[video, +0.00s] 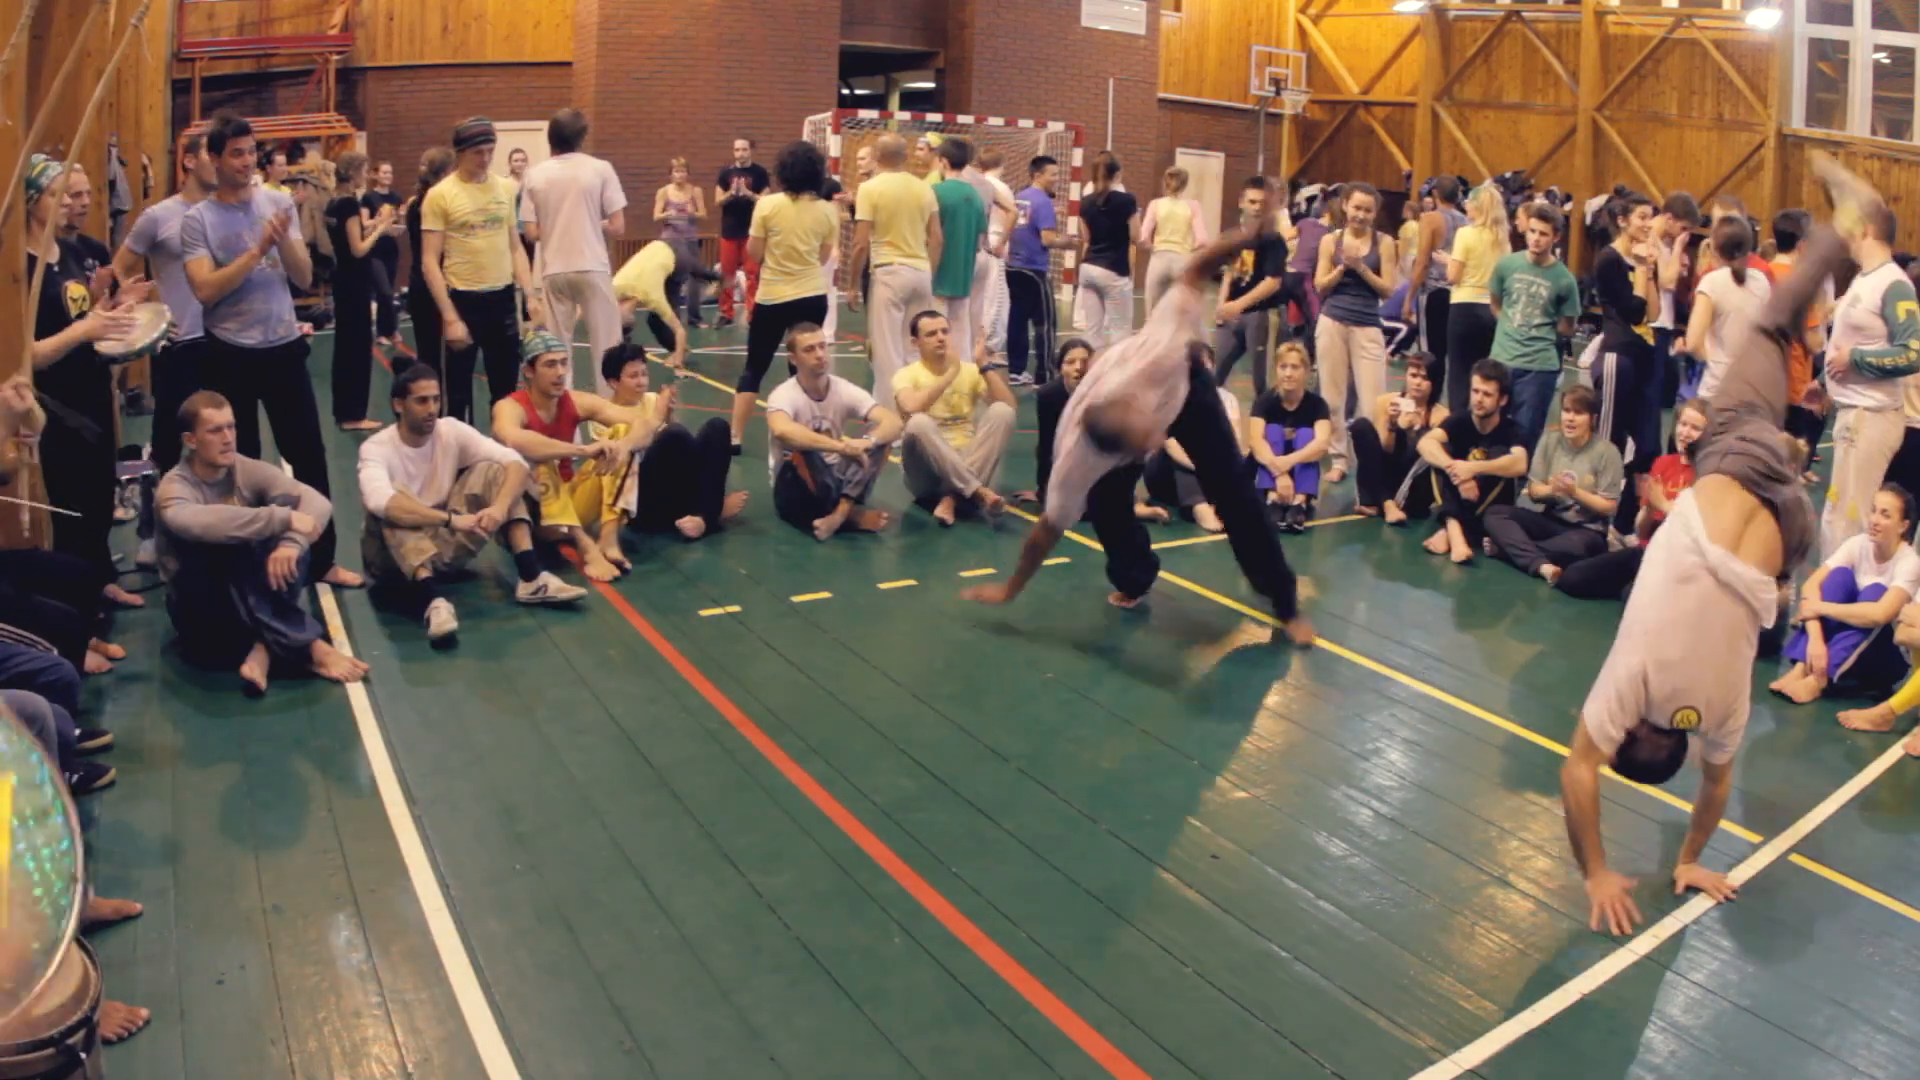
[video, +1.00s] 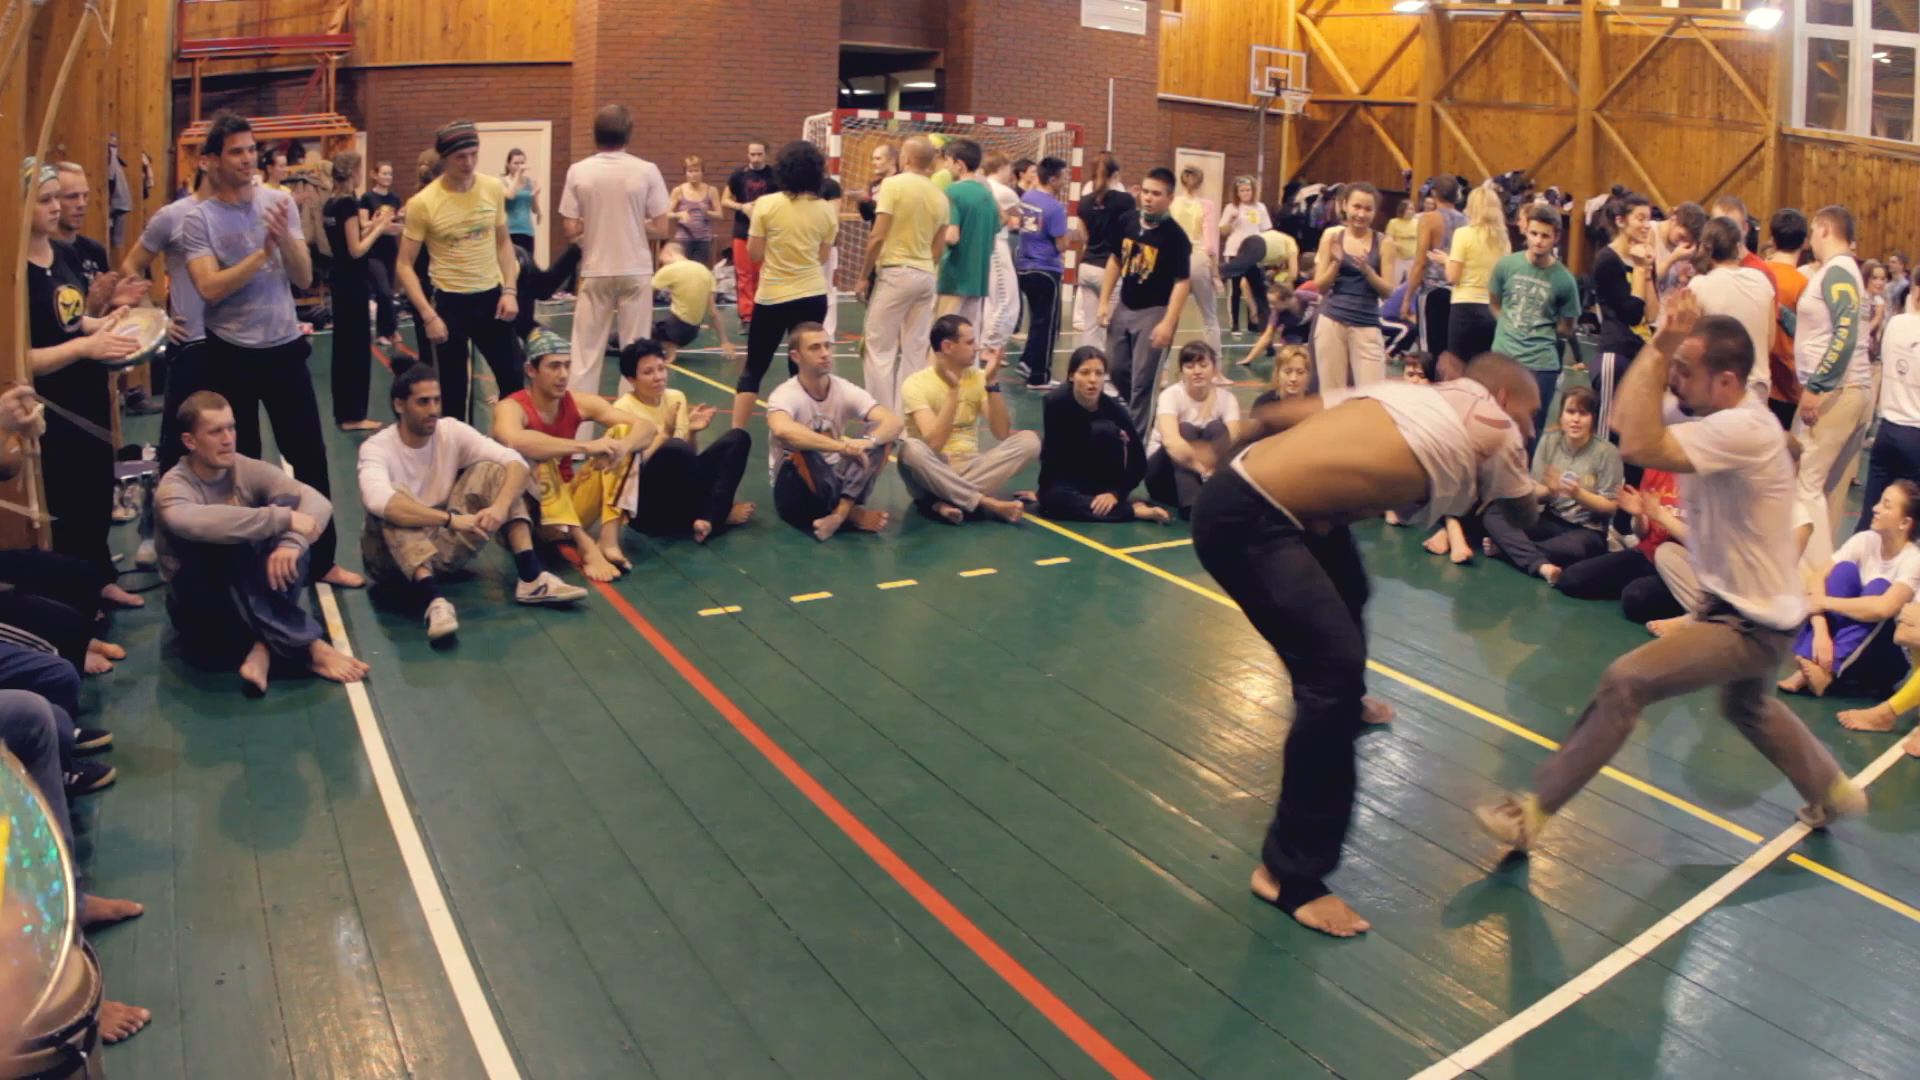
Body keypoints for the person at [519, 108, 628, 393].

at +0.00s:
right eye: (584, 134)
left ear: (551, 138)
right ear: (583, 138)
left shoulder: (535, 174)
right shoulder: (601, 169)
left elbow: (531, 232)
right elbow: (617, 227)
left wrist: (558, 230)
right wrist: (590, 225)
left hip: (554, 267)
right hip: (591, 264)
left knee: (558, 343)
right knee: (606, 340)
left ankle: (559, 409)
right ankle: (607, 406)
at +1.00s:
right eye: (629, 130)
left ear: (595, 134)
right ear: (629, 134)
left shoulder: (578, 172)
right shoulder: (647, 171)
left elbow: (572, 229)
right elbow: (661, 228)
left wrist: (598, 226)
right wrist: (631, 227)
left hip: (596, 271)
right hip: (636, 270)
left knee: (585, 354)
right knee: (636, 353)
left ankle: (579, 434)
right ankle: (632, 429)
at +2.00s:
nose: (622, 133)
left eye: (619, 129)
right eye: (620, 130)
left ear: (585, 135)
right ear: (616, 134)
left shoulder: (568, 170)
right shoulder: (633, 169)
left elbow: (561, 223)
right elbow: (648, 226)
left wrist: (587, 224)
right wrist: (622, 216)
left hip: (582, 269)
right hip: (620, 268)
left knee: (580, 349)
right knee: (626, 351)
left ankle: (576, 427)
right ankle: (627, 426)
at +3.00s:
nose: (625, 135)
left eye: (623, 130)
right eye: (623, 130)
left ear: (589, 136)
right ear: (617, 134)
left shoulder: (572, 170)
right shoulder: (634, 167)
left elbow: (562, 226)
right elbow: (647, 222)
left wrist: (586, 228)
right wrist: (665, 239)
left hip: (586, 268)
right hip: (625, 267)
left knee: (580, 348)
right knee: (631, 348)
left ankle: (573, 424)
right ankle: (633, 425)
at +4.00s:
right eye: (648, 131)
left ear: (615, 134)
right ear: (649, 135)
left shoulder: (597, 168)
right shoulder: (664, 172)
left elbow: (583, 220)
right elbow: (674, 231)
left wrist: (611, 213)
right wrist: (650, 222)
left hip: (603, 269)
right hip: (643, 269)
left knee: (596, 349)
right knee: (645, 349)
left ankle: (589, 422)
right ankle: (643, 422)